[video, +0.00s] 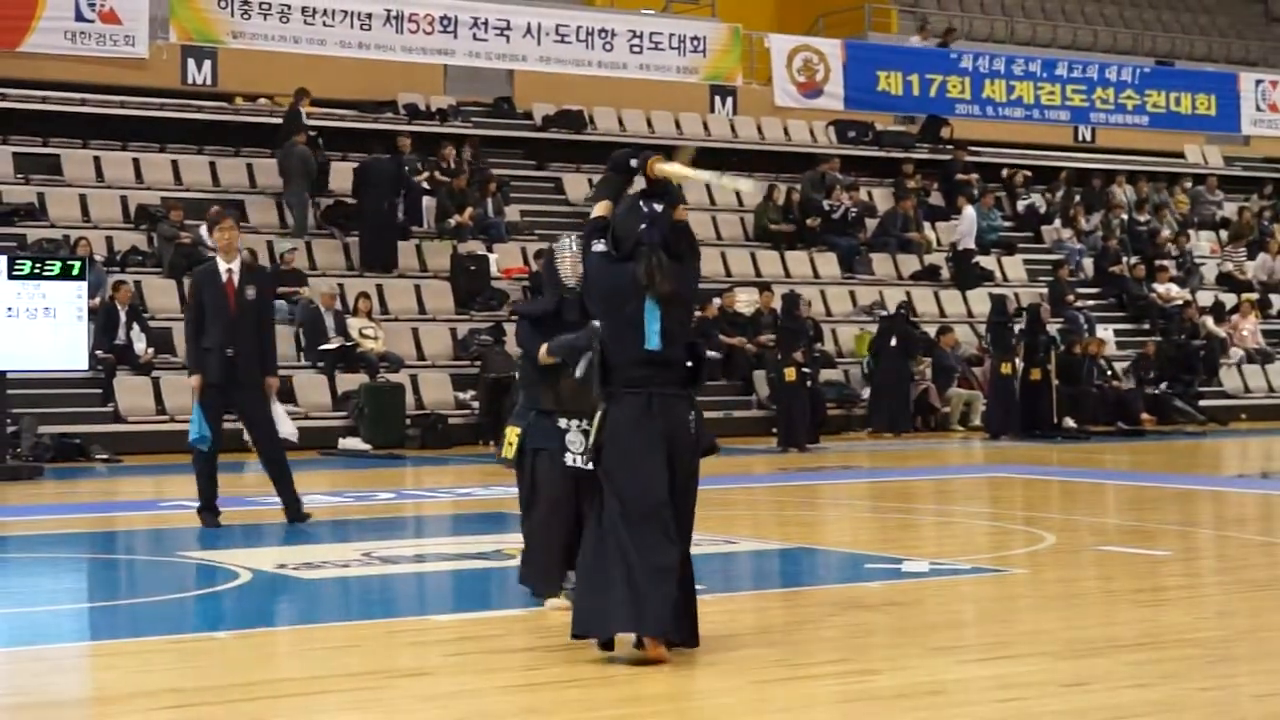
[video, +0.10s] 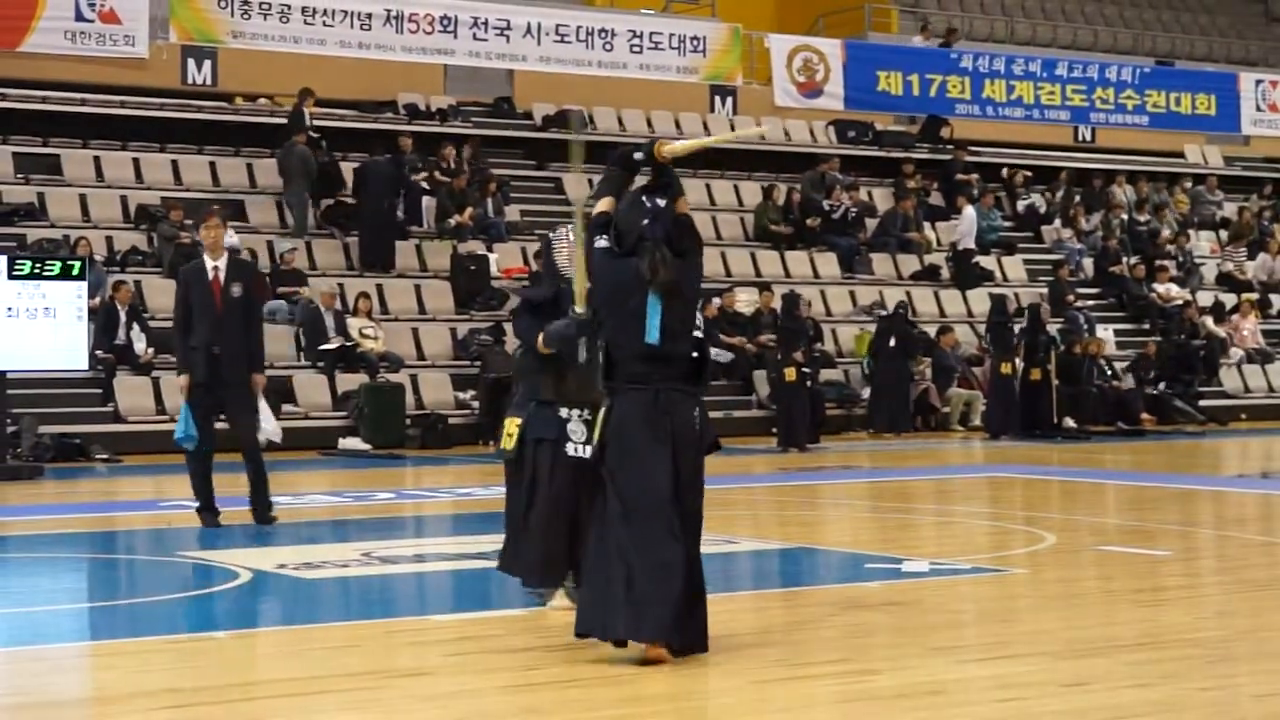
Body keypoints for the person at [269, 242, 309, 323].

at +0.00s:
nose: (291, 256)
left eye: (292, 253)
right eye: (288, 253)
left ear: (295, 255)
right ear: (281, 256)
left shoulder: (299, 273)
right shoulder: (274, 272)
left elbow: (306, 289)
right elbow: (274, 289)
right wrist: (297, 290)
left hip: (297, 297)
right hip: (281, 299)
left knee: (304, 302)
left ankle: (297, 330)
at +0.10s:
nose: (292, 256)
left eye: (293, 253)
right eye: (288, 253)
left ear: (294, 255)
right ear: (281, 256)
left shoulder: (300, 273)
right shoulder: (275, 272)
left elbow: (306, 291)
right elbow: (276, 290)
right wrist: (297, 290)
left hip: (297, 299)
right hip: (281, 300)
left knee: (304, 302)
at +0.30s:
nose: (292, 256)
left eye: (293, 253)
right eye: (289, 253)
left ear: (295, 255)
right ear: (282, 256)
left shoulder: (301, 273)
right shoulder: (276, 272)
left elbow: (307, 291)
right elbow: (277, 290)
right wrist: (298, 289)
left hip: (298, 299)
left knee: (305, 303)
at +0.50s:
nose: (293, 256)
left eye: (294, 253)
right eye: (289, 253)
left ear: (297, 254)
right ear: (283, 256)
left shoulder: (301, 272)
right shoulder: (277, 271)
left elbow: (308, 287)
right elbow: (279, 289)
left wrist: (306, 294)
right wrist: (299, 289)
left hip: (300, 295)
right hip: (284, 297)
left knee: (306, 301)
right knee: (305, 309)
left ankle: (298, 328)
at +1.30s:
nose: (292, 254)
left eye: (295, 251)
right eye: (290, 251)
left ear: (300, 254)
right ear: (286, 254)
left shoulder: (306, 271)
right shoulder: (281, 270)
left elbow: (312, 288)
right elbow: (282, 287)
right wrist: (303, 287)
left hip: (303, 294)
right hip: (288, 296)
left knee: (310, 300)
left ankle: (303, 326)